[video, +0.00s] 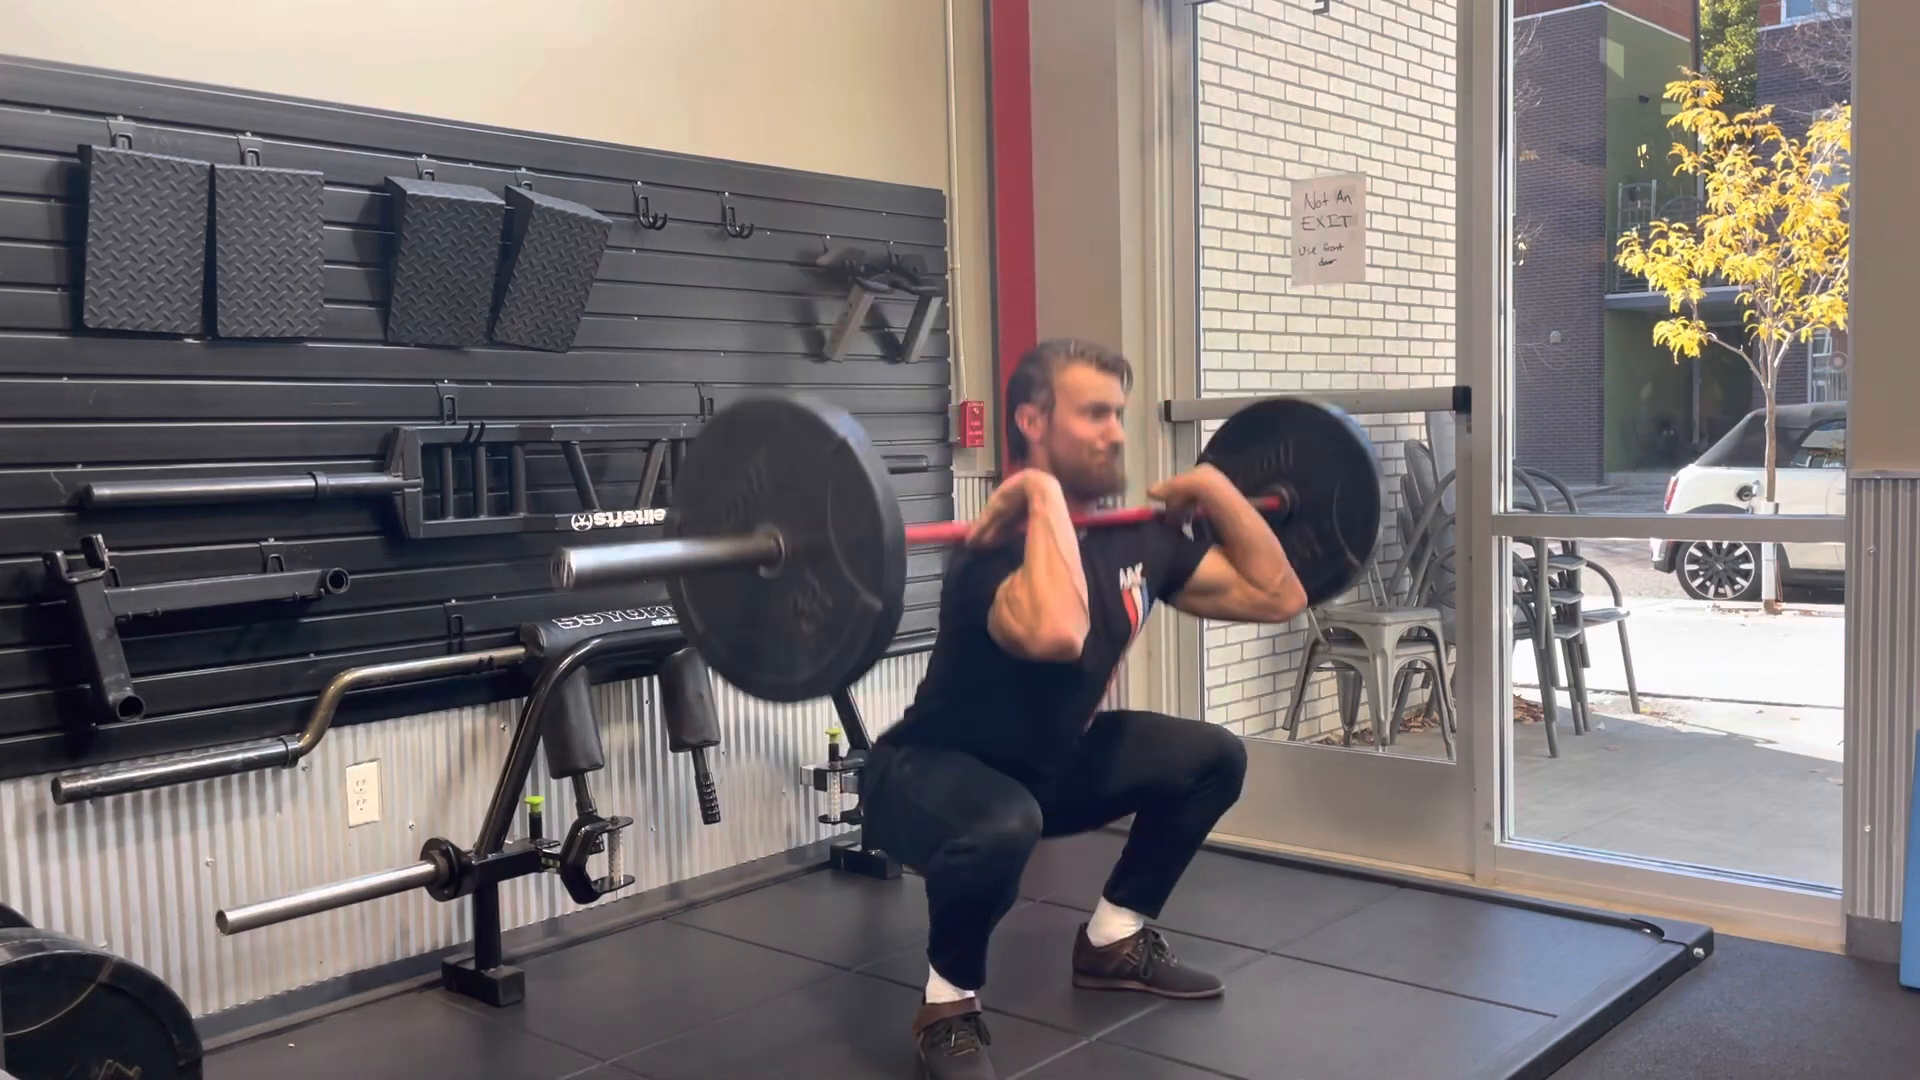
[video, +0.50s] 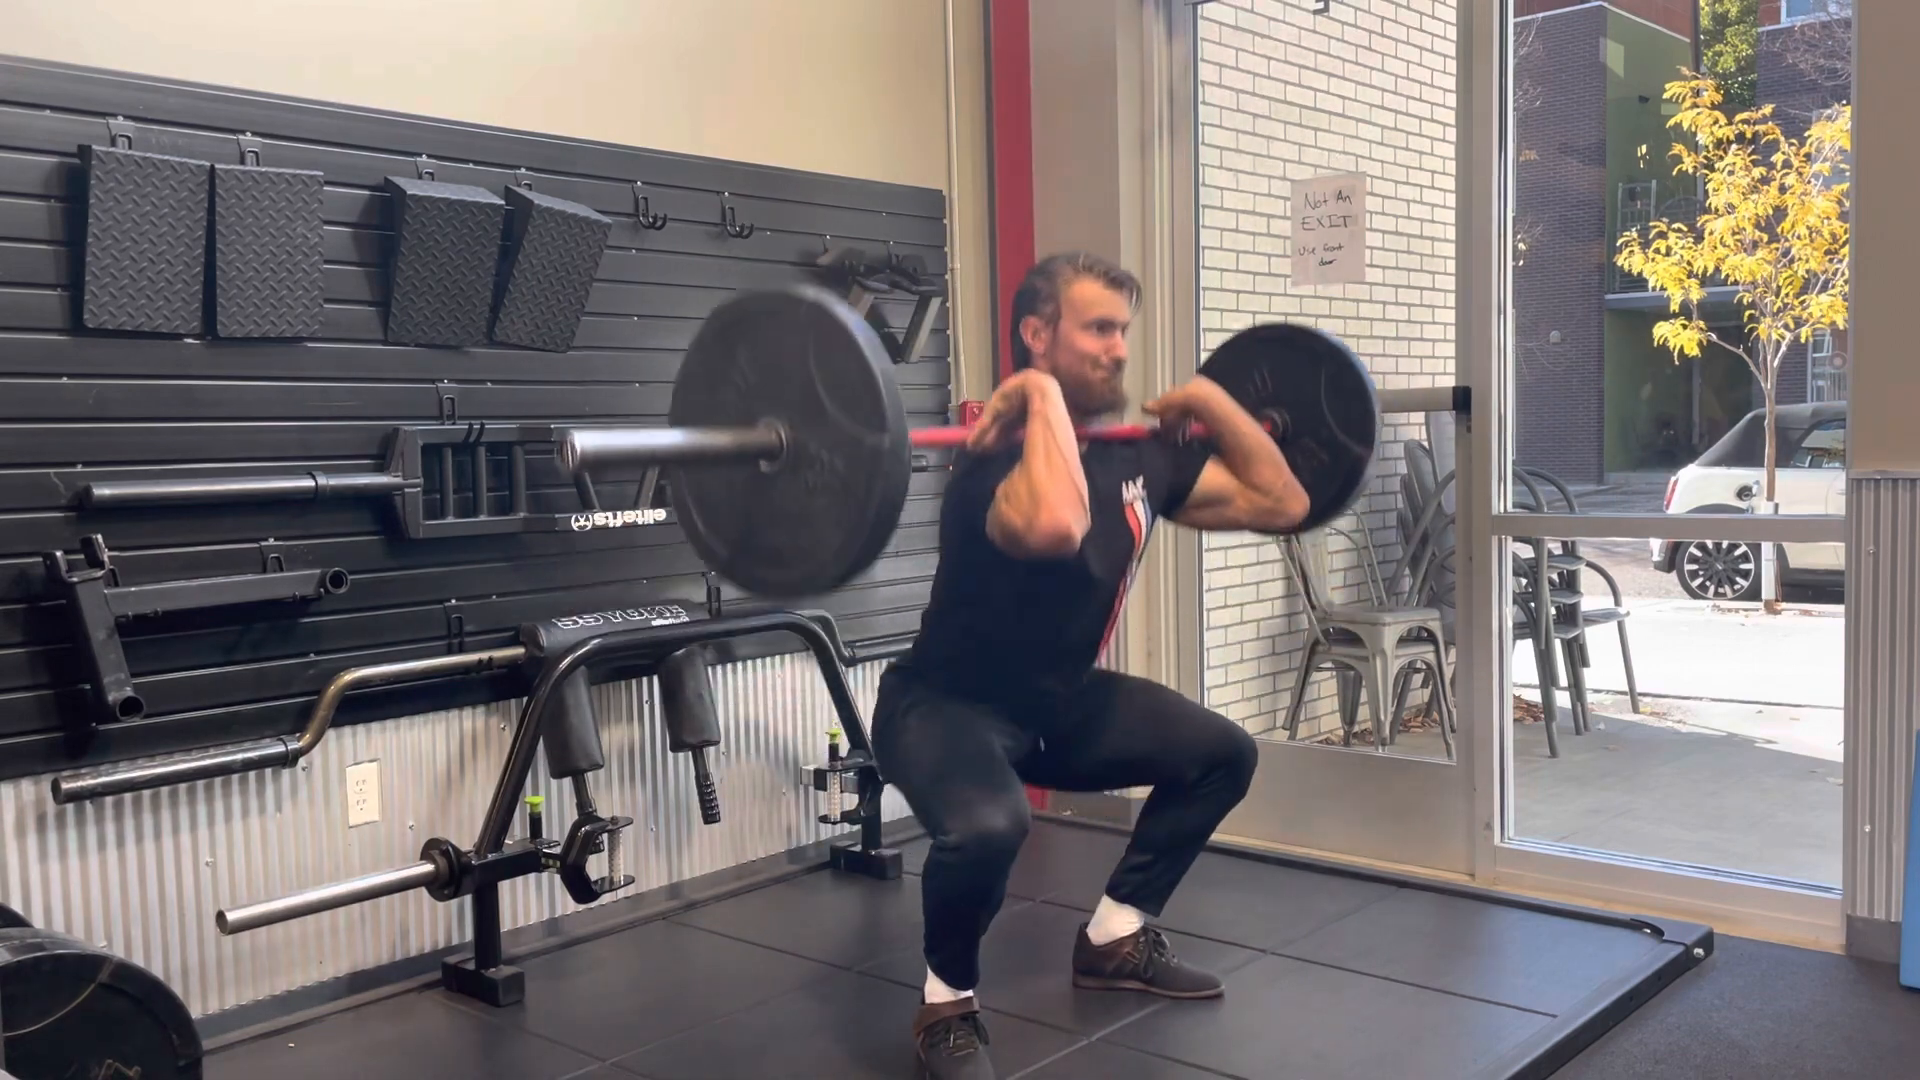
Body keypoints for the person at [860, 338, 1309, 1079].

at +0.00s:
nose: (1115, 434)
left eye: (1119, 415)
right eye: (1093, 413)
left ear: (1127, 423)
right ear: (1031, 423)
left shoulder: (1140, 540)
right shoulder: (994, 545)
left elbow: (1279, 598)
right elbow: (1056, 631)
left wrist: (1214, 487)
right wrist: (1045, 493)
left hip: (1051, 763)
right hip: (929, 767)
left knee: (1213, 759)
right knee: (1004, 821)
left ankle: (1112, 942)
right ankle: (949, 1007)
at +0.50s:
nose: (1119, 348)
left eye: (1123, 330)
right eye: (1099, 329)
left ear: (1126, 341)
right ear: (1036, 337)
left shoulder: (1138, 458)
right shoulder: (992, 455)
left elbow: (1280, 502)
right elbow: (1056, 525)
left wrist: (1210, 403)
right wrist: (1043, 392)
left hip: (1061, 702)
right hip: (946, 703)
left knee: (1222, 753)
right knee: (987, 826)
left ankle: (1113, 938)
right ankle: (947, 1000)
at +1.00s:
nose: (1101, 94)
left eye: (1105, 77)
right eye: (1081, 72)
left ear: (1103, 92)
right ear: (1020, 86)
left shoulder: (1133, 209)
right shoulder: (980, 198)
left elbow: (1276, 228)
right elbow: (1050, 198)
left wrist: (1181, 144)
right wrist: (1008, 100)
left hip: (1096, 526)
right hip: (990, 529)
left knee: (1143, 725)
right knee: (993, 749)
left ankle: (1107, 940)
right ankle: (946, 997)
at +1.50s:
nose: (1100, 88)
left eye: (1106, 72)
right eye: (1082, 65)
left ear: (1102, 90)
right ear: (1020, 73)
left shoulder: (1128, 201)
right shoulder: (972, 186)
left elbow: (1264, 247)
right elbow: (1040, 226)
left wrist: (1191, 145)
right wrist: (1009, 101)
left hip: (1106, 518)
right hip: (1004, 518)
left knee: (1115, 732)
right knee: (980, 745)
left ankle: (1105, 939)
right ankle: (946, 993)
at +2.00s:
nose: (1148, 151)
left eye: (1149, 136)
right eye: (1125, 134)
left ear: (1143, 159)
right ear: (1059, 157)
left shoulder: (1144, 293)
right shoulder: (998, 282)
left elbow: (1147, 404)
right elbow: (882, 399)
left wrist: (1170, 506)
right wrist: (964, 532)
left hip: (1052, 550)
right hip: (946, 556)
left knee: (1138, 731)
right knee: (1001, 754)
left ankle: (1089, 942)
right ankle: (956, 997)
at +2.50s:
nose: (1076, 82)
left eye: (1077, 67)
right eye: (1053, 64)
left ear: (1069, 91)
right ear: (989, 86)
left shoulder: (1097, 237)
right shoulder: (947, 224)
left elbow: (1129, 388)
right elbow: (909, 397)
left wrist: (1159, 521)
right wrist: (950, 543)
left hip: (1074, 529)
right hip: (974, 533)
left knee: (1117, 725)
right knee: (994, 744)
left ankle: (1086, 939)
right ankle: (956, 993)